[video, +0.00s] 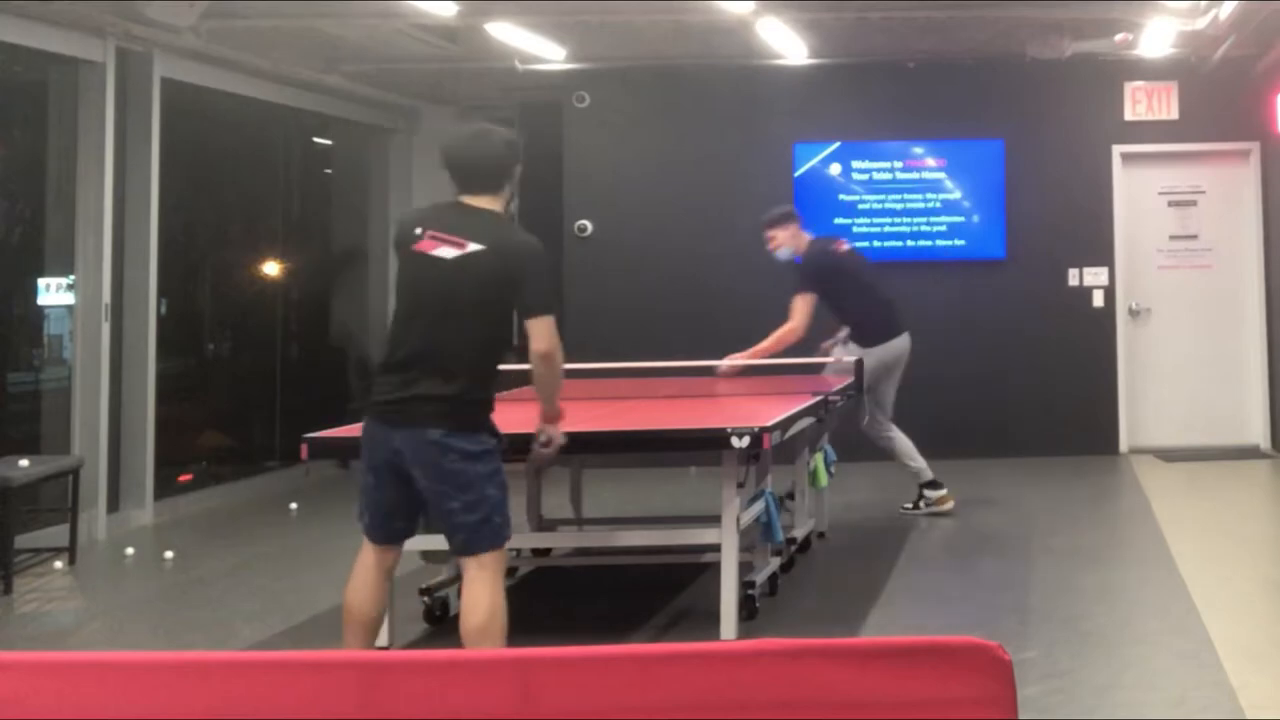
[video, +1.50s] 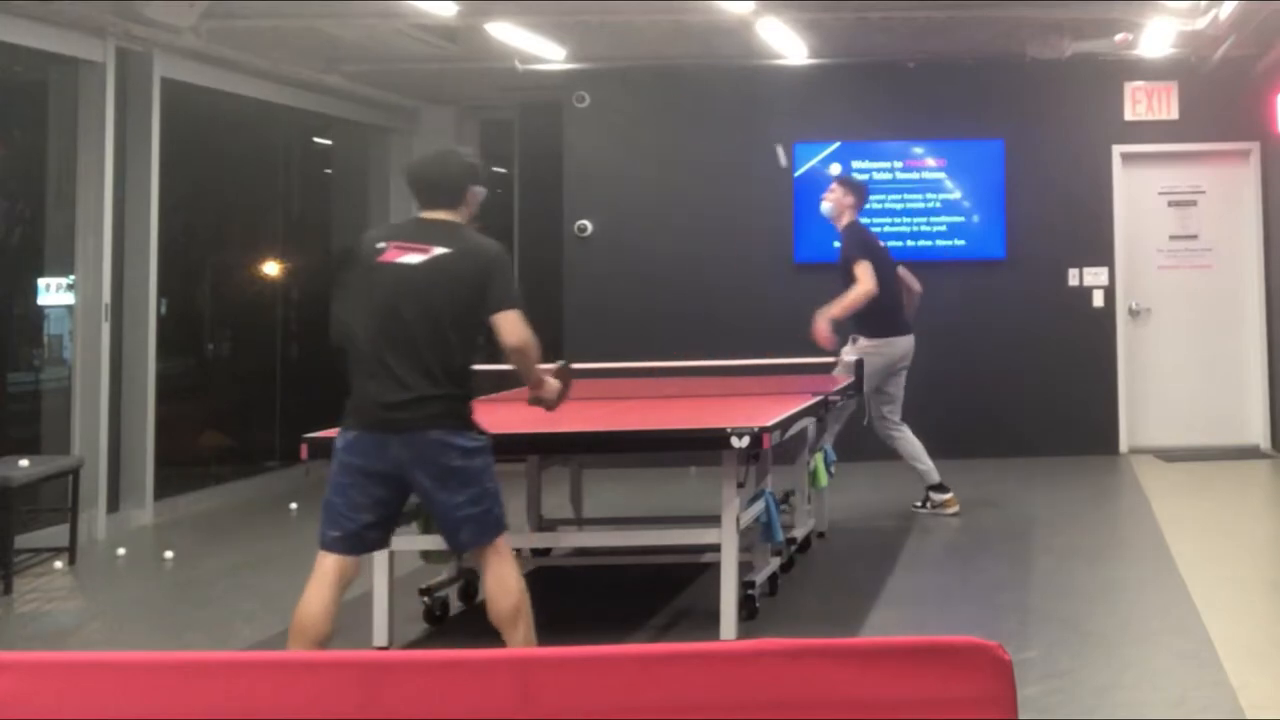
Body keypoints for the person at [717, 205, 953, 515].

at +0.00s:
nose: (770, 245)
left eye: (774, 237)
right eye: (767, 239)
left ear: (795, 229)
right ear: (798, 232)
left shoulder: (810, 262)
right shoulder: (833, 248)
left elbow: (796, 328)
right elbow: (866, 301)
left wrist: (745, 357)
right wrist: (838, 339)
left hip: (868, 347)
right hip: (896, 341)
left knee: (816, 412)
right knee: (877, 423)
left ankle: (800, 493)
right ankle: (932, 488)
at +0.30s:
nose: (725, 255)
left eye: (729, 247)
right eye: (723, 249)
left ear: (752, 242)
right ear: (752, 242)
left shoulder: (761, 272)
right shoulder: (789, 258)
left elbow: (730, 335)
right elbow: (812, 312)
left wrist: (673, 364)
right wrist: (770, 342)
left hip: (828, 354)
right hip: (864, 345)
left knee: (791, 424)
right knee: (856, 423)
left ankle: (786, 501)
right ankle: (919, 484)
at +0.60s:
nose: (739, 221)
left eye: (748, 214)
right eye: (739, 215)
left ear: (771, 219)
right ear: (765, 220)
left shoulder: (767, 252)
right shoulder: (795, 248)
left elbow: (711, 291)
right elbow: (785, 314)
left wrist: (649, 313)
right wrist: (735, 308)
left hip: (823, 356)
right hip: (845, 349)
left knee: (781, 432)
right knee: (849, 425)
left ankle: (785, 507)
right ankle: (917, 477)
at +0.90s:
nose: (790, 194)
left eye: (799, 190)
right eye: (793, 189)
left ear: (819, 200)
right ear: (820, 204)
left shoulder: (810, 229)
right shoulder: (835, 239)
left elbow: (745, 214)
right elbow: (810, 301)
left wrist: (697, 174)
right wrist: (752, 292)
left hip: (826, 346)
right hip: (858, 345)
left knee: (784, 423)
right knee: (856, 423)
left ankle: (786, 504)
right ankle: (927, 481)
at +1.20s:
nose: (829, 188)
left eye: (838, 184)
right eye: (832, 182)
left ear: (855, 196)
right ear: (852, 198)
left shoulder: (846, 230)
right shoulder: (863, 234)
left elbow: (790, 238)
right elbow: (862, 300)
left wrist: (747, 212)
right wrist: (826, 341)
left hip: (862, 342)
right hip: (888, 339)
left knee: (814, 411)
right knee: (887, 421)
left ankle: (795, 494)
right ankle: (939, 490)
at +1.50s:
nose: (825, 196)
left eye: (834, 191)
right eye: (827, 190)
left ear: (852, 201)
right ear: (851, 205)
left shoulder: (851, 237)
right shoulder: (868, 238)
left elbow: (868, 286)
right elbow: (913, 287)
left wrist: (826, 314)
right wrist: (898, 326)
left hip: (872, 344)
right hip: (899, 342)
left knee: (828, 417)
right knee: (887, 421)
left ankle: (797, 493)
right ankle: (938, 490)